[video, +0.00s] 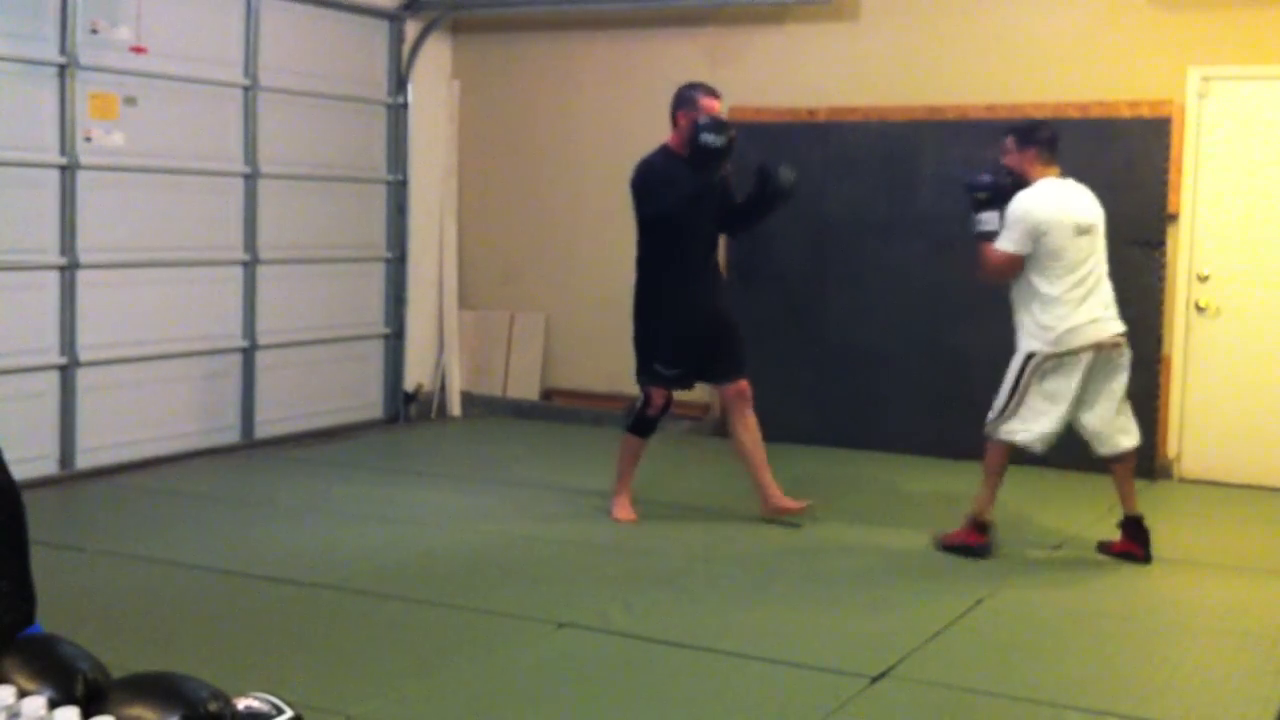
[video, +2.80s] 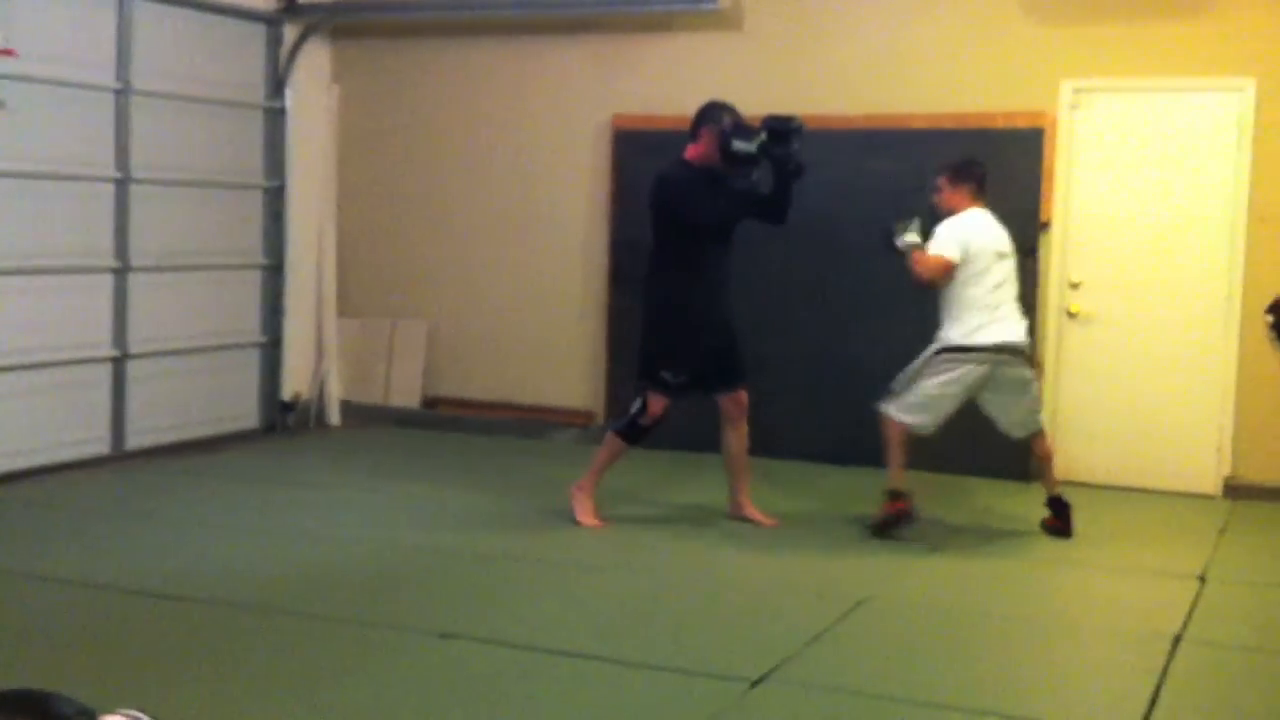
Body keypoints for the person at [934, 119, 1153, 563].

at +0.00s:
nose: (1004, 162)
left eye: (1008, 153)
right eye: (1005, 154)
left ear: (1027, 154)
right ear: (1049, 153)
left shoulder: (1029, 205)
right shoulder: (1086, 196)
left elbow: (996, 268)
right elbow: (1062, 249)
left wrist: (987, 219)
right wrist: (1016, 199)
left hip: (1054, 341)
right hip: (1107, 333)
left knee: (1003, 429)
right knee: (1113, 428)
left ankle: (978, 526)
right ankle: (1134, 529)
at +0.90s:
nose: (1031, 183)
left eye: (1034, 174)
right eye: (1032, 175)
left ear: (1049, 174)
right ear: (1076, 172)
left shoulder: (1040, 212)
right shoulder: (1118, 215)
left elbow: (972, 224)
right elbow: (1126, 266)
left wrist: (935, 195)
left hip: (1074, 350)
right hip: (1133, 347)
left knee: (1008, 427)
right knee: (1149, 429)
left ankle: (971, 523)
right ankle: (1171, 501)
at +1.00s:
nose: (1017, 193)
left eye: (1020, 186)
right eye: (1019, 186)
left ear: (1033, 185)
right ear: (1062, 187)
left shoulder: (1012, 219)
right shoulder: (1101, 232)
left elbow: (942, 226)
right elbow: (1102, 291)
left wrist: (900, 206)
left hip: (1055, 355)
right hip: (1114, 356)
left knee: (985, 429)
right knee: (1132, 418)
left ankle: (964, 528)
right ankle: (1159, 490)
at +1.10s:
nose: (1015, 193)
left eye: (1018, 186)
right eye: (1017, 185)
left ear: (1032, 186)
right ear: (1061, 189)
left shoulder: (1018, 227)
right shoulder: (1099, 232)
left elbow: (981, 278)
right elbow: (1106, 293)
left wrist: (945, 262)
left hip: (1044, 356)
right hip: (1101, 358)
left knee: (979, 436)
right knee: (1125, 429)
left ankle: (961, 530)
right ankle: (1150, 512)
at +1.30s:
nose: (1041, 177)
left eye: (1045, 169)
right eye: (1042, 169)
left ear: (1064, 168)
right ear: (1084, 168)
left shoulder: (1050, 206)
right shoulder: (1120, 208)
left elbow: (1009, 266)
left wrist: (1002, 230)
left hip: (1064, 334)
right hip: (1115, 336)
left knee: (1002, 419)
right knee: (1130, 428)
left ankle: (978, 510)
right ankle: (1157, 514)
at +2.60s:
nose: (979, 183)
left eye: (982, 175)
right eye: (979, 175)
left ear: (997, 174)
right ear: (1022, 173)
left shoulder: (1000, 217)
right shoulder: (1054, 214)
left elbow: (974, 277)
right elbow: (1029, 267)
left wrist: (954, 246)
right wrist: (983, 227)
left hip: (1016, 339)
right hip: (1060, 337)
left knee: (959, 420)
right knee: (1069, 430)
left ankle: (952, 514)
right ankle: (1096, 510)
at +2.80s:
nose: (936, 197)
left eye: (941, 189)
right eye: (937, 189)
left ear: (962, 189)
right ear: (975, 190)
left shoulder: (957, 225)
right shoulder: (997, 228)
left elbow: (930, 271)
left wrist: (910, 245)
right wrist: (927, 246)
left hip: (965, 343)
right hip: (1012, 342)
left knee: (895, 412)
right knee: (1035, 429)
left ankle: (897, 499)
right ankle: (1057, 505)